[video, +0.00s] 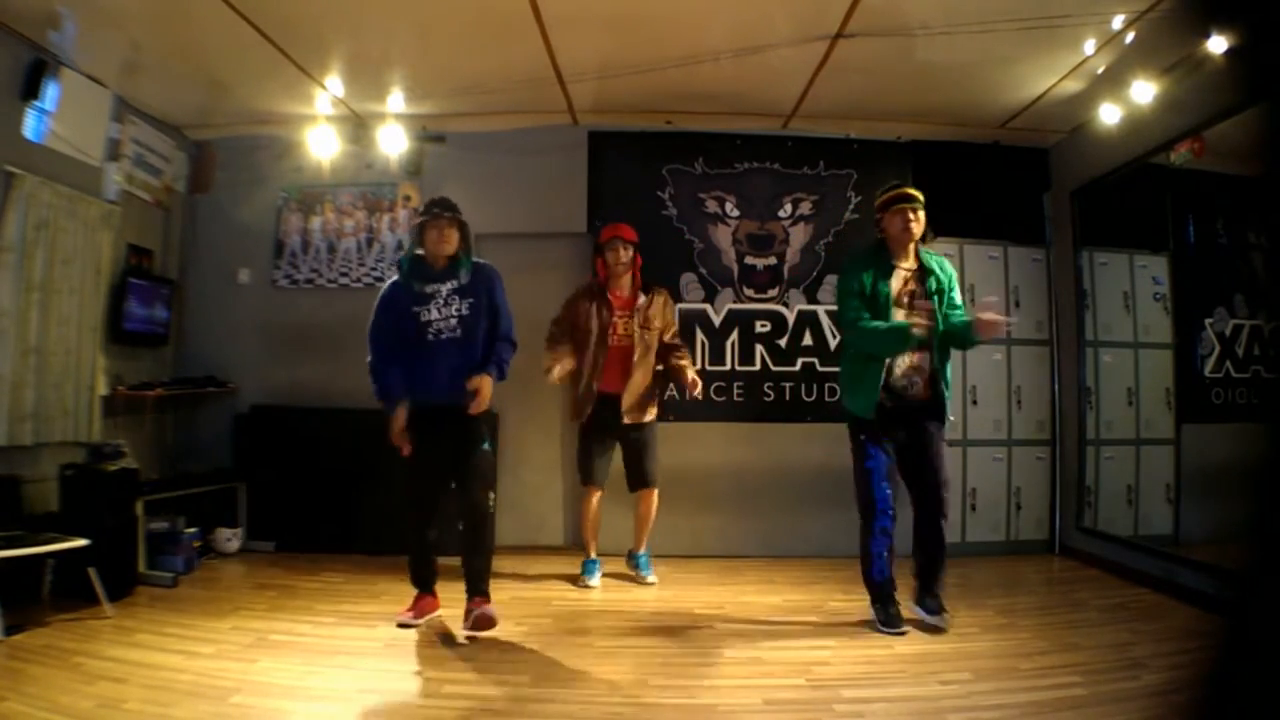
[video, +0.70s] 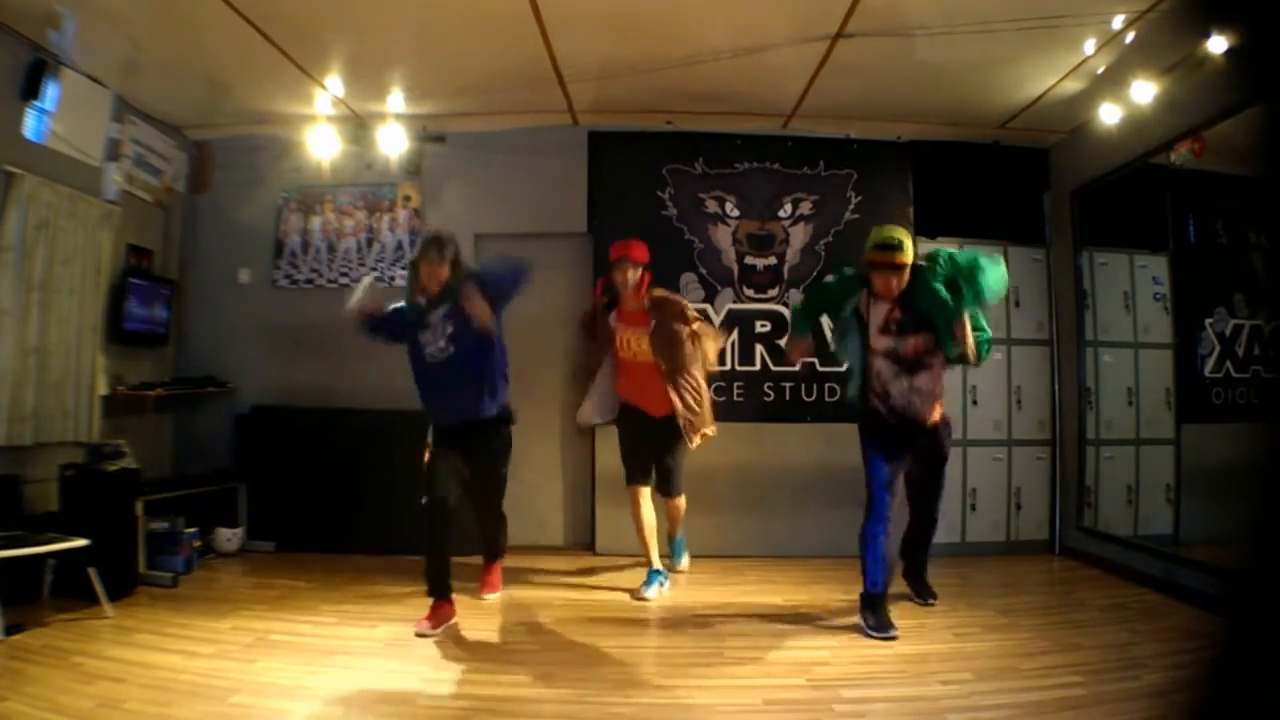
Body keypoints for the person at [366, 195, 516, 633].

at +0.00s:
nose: (443, 237)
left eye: (450, 229)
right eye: (434, 229)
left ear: (461, 235)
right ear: (421, 236)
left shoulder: (483, 279)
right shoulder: (399, 289)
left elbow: (504, 336)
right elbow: (382, 353)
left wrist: (490, 374)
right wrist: (396, 404)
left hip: (473, 407)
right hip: (423, 408)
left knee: (477, 501)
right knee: (420, 502)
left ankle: (478, 599)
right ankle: (425, 594)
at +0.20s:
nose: (458, 249)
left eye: (466, 241)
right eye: (450, 241)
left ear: (477, 244)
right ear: (435, 243)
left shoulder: (496, 286)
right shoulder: (412, 279)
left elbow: (512, 347)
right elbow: (375, 324)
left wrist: (472, 384)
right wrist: (397, 374)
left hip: (475, 414)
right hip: (422, 411)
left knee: (476, 506)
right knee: (418, 501)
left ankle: (468, 600)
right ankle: (421, 593)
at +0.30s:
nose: (459, 260)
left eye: (467, 252)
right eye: (451, 252)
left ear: (480, 256)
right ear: (439, 254)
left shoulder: (495, 306)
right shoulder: (419, 298)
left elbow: (500, 376)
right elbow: (402, 363)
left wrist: (498, 439)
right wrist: (394, 419)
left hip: (475, 419)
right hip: (428, 417)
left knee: (472, 508)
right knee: (414, 483)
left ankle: (466, 600)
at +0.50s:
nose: (440, 256)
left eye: (448, 248)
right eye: (433, 248)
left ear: (464, 248)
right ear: (423, 252)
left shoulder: (489, 288)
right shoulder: (420, 293)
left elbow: (507, 349)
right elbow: (416, 348)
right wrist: (377, 375)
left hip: (486, 404)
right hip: (443, 404)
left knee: (475, 486)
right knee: (431, 474)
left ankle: (477, 573)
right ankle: (437, 537)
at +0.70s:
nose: (430, 274)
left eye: (437, 266)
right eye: (424, 266)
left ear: (452, 267)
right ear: (416, 268)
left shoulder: (477, 294)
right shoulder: (412, 315)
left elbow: (518, 272)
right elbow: (382, 326)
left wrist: (478, 284)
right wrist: (366, 315)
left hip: (488, 421)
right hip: (445, 425)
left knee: (486, 501)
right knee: (438, 508)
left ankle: (493, 563)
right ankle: (441, 600)